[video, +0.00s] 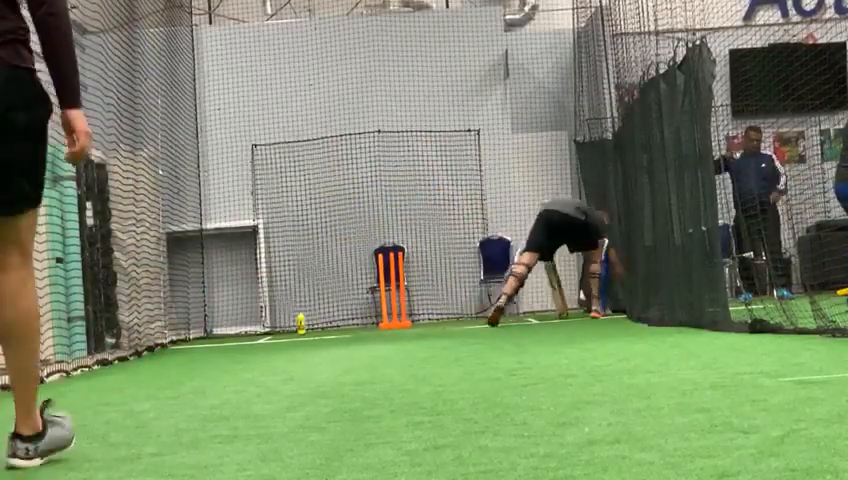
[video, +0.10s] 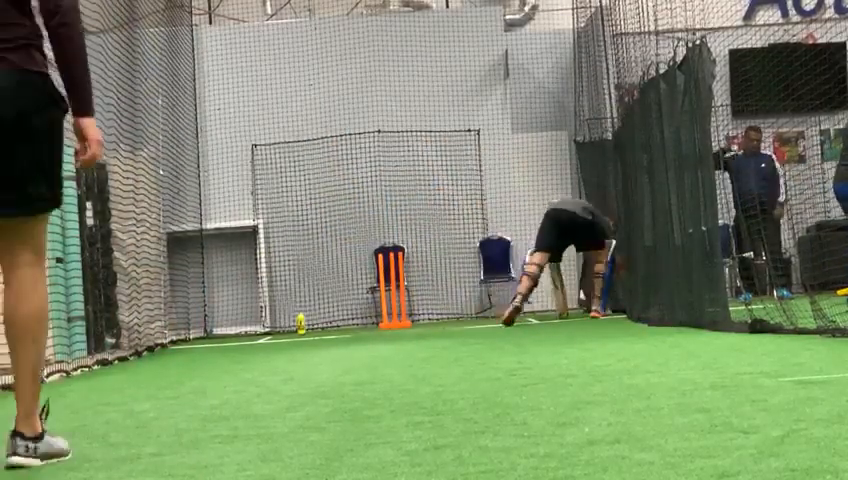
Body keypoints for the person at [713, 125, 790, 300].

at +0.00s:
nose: (755, 144)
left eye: (758, 141)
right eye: (752, 140)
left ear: (761, 142)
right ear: (744, 140)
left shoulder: (768, 159)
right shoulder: (733, 161)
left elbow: (782, 177)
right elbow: (712, 169)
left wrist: (778, 191)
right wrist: (726, 156)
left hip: (767, 209)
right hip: (743, 211)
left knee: (773, 247)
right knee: (744, 251)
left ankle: (779, 286)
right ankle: (749, 289)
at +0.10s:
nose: (756, 144)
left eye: (758, 141)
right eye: (753, 140)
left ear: (761, 142)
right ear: (744, 140)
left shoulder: (767, 160)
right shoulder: (734, 160)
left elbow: (775, 184)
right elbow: (713, 162)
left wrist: (773, 204)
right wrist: (724, 150)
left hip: (766, 211)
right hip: (743, 213)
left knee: (773, 249)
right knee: (744, 252)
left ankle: (780, 286)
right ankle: (749, 289)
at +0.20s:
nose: (756, 144)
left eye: (759, 140)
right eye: (753, 140)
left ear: (761, 142)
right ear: (743, 140)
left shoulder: (767, 159)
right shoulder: (732, 159)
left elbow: (775, 184)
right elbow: (712, 157)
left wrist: (778, 205)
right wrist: (723, 144)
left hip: (768, 210)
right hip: (745, 212)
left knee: (774, 249)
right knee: (745, 252)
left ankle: (780, 286)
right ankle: (749, 290)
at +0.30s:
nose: (757, 144)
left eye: (759, 140)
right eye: (754, 140)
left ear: (761, 141)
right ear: (744, 140)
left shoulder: (768, 158)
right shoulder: (733, 158)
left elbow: (779, 184)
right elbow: (714, 154)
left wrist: (784, 206)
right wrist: (724, 139)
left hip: (769, 209)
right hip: (745, 211)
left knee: (775, 248)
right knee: (745, 251)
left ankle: (780, 286)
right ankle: (749, 290)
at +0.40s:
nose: (758, 143)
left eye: (760, 140)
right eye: (754, 140)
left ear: (763, 141)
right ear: (745, 140)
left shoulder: (770, 159)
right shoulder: (735, 158)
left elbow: (781, 184)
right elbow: (716, 155)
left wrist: (786, 206)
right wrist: (725, 140)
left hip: (769, 211)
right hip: (746, 212)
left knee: (775, 248)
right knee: (745, 252)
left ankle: (780, 286)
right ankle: (749, 290)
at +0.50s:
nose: (758, 143)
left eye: (761, 140)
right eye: (754, 139)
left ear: (764, 141)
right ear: (746, 140)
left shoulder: (770, 159)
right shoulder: (738, 159)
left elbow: (781, 183)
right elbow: (726, 167)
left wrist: (787, 204)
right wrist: (730, 148)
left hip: (770, 211)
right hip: (746, 212)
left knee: (776, 248)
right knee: (745, 252)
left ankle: (782, 286)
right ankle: (749, 289)